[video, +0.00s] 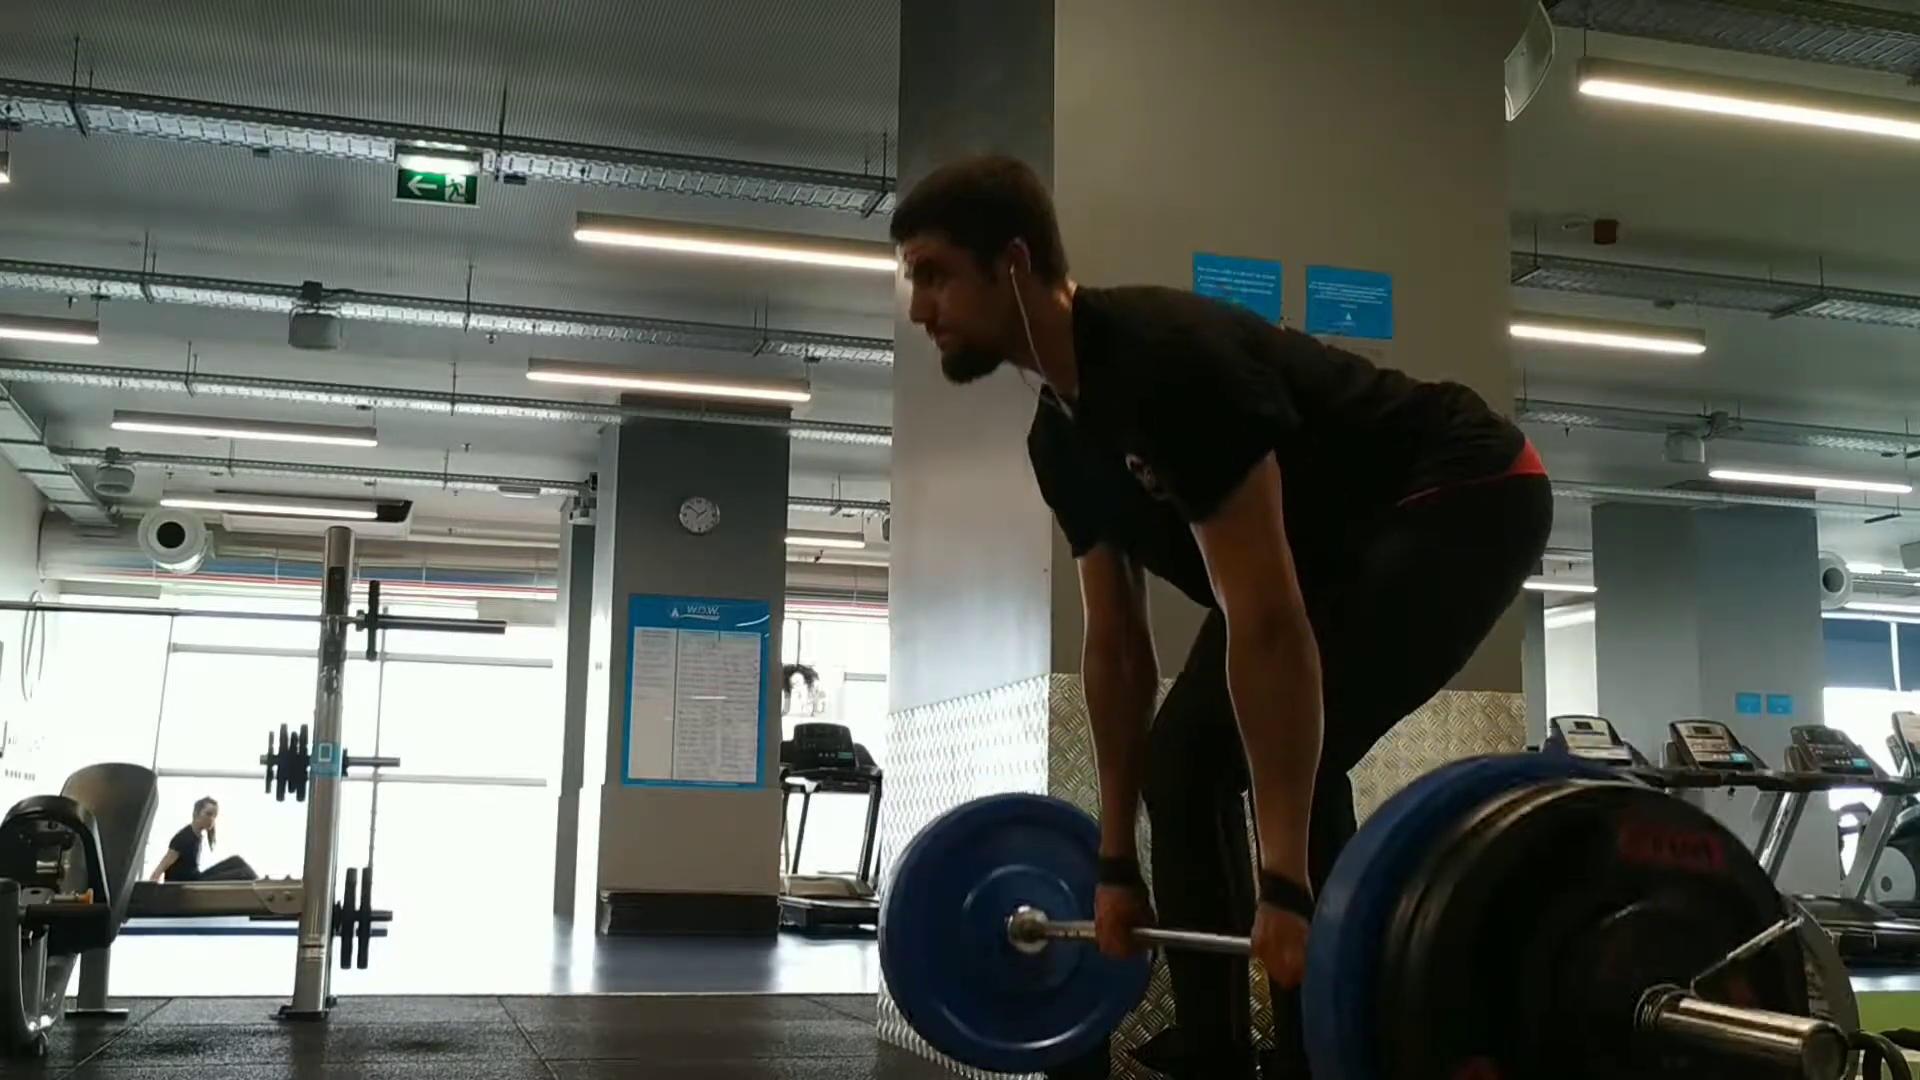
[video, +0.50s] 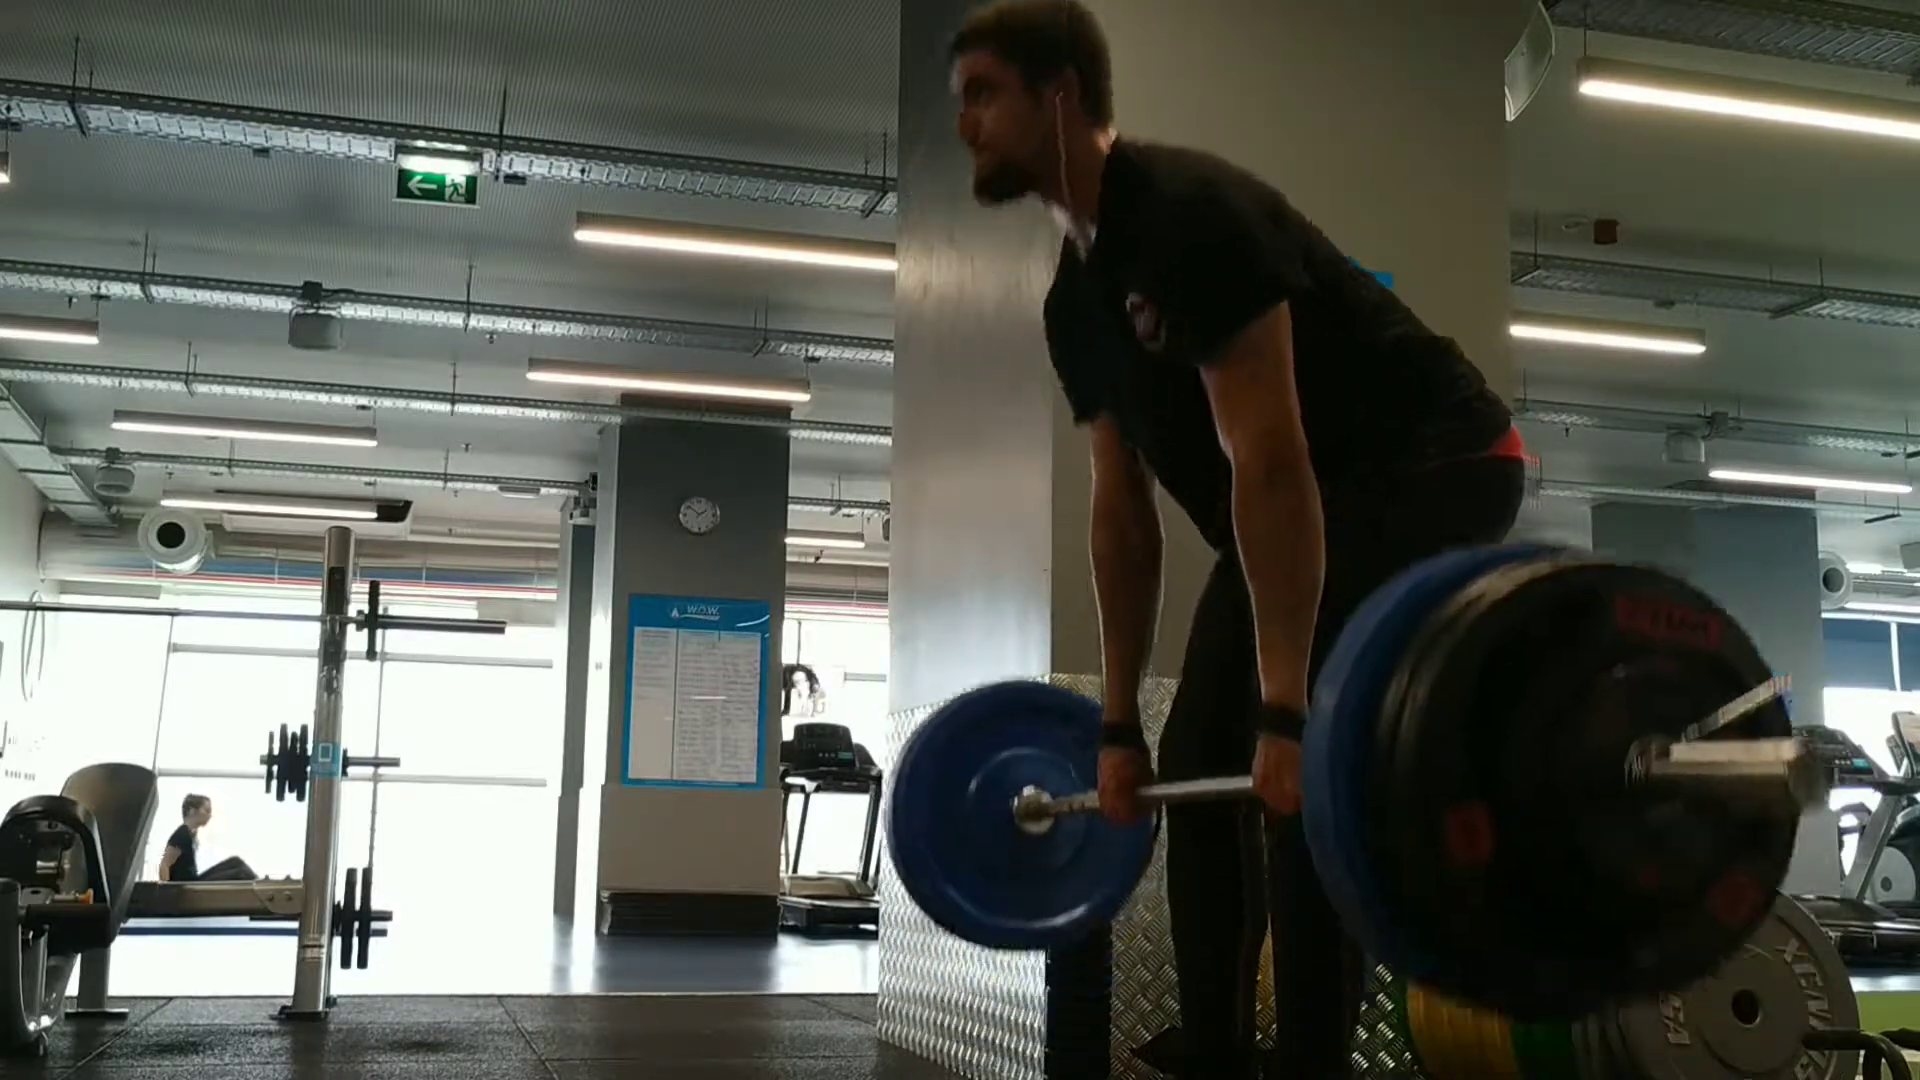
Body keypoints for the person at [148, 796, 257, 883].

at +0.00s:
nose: (211, 819)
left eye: (214, 816)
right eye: (208, 814)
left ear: (215, 818)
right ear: (198, 813)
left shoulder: (197, 836)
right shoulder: (184, 837)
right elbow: (162, 866)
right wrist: (149, 888)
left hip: (194, 880)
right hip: (184, 886)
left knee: (236, 861)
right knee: (240, 872)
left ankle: (259, 885)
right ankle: (260, 890)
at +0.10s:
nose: (212, 817)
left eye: (214, 814)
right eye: (209, 813)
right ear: (195, 813)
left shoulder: (195, 835)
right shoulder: (184, 836)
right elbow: (161, 866)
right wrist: (151, 888)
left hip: (193, 880)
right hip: (184, 886)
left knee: (235, 862)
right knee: (239, 872)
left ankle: (259, 885)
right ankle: (260, 890)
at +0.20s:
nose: (212, 817)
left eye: (213, 813)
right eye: (209, 812)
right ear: (195, 812)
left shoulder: (194, 835)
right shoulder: (185, 835)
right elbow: (160, 864)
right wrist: (154, 889)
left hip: (193, 881)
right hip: (184, 888)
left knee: (235, 862)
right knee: (239, 872)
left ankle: (259, 886)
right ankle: (261, 891)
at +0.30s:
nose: (212, 816)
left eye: (212, 812)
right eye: (209, 811)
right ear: (195, 811)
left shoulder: (193, 834)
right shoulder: (185, 834)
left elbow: (158, 861)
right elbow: (158, 861)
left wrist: (156, 884)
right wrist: (162, 887)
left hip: (193, 882)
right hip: (185, 888)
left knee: (235, 862)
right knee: (239, 873)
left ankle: (260, 886)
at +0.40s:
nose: (211, 815)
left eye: (211, 811)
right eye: (207, 810)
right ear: (193, 811)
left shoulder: (191, 833)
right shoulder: (184, 834)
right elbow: (159, 862)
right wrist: (164, 888)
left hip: (192, 882)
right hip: (183, 888)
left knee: (235, 862)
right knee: (238, 871)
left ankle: (259, 885)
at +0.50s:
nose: (210, 815)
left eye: (210, 811)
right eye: (206, 810)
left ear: (192, 812)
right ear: (192, 812)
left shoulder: (191, 833)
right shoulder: (182, 834)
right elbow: (164, 865)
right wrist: (166, 890)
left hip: (192, 882)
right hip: (183, 887)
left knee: (235, 862)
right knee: (239, 873)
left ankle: (258, 884)